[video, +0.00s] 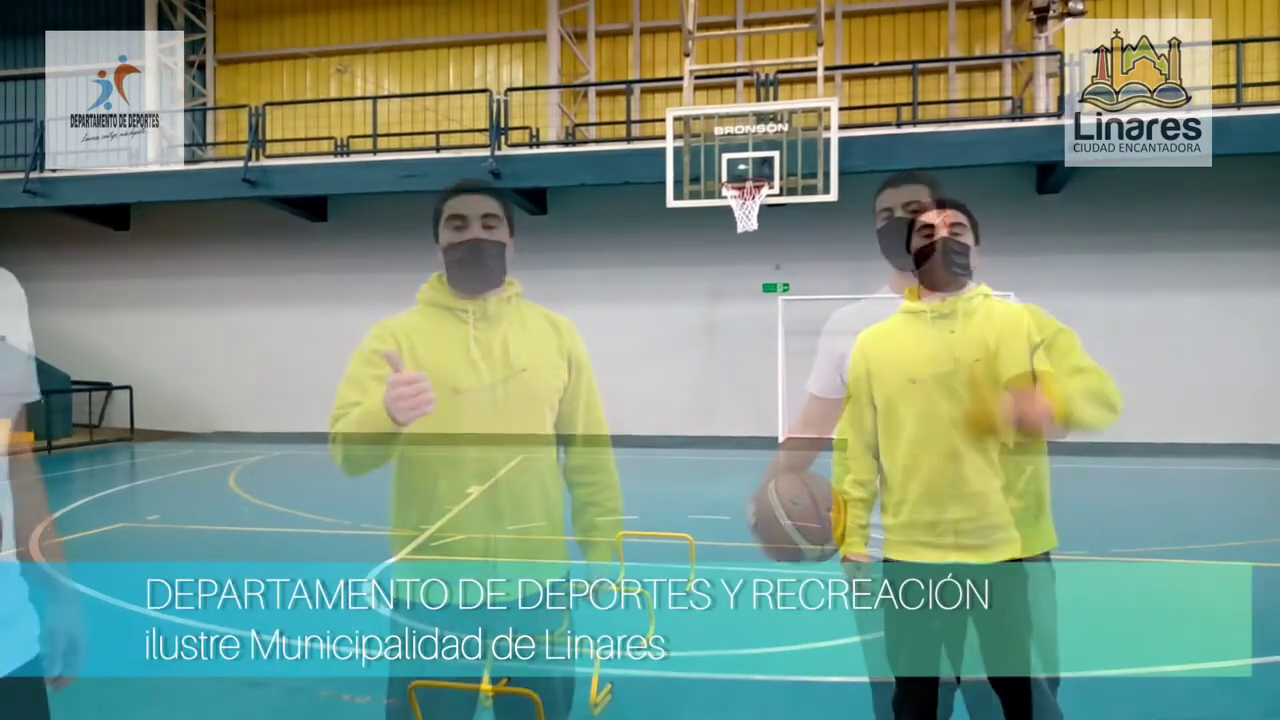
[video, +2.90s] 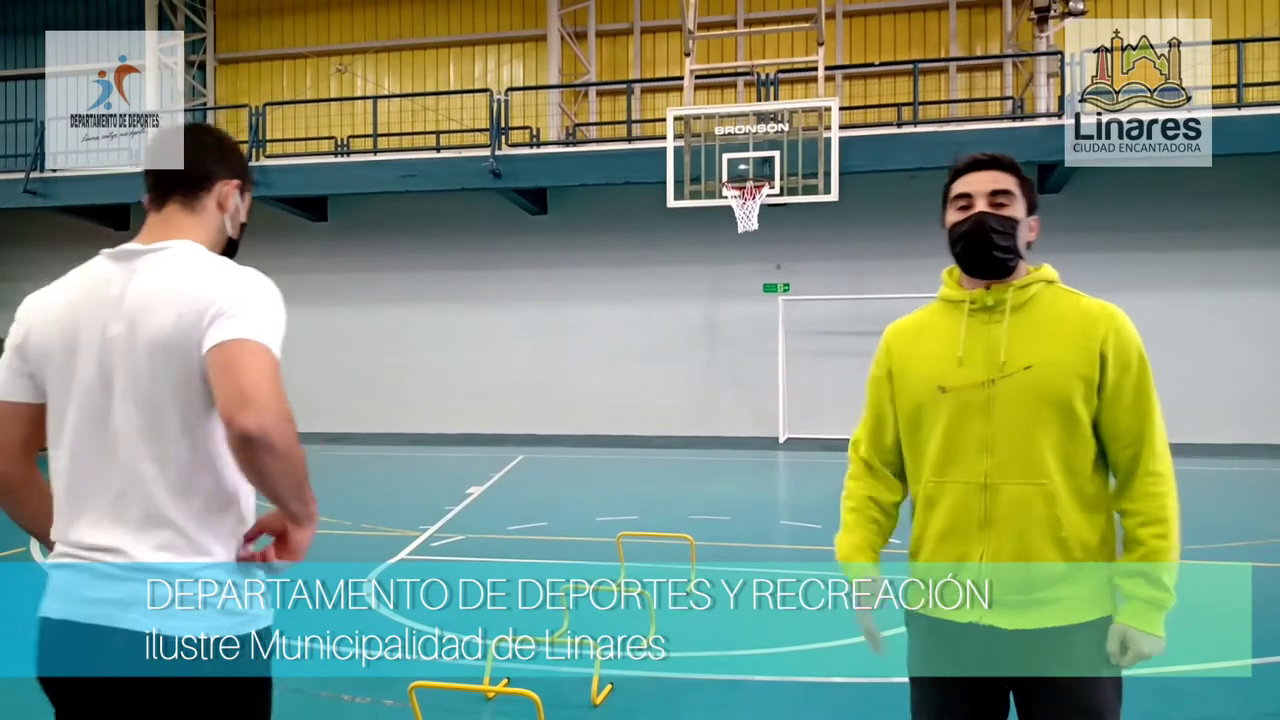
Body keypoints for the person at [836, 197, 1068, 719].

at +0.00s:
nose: (946, 239)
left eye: (958, 230)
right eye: (929, 232)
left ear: (976, 250)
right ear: (910, 253)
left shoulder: (1020, 323)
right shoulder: (875, 344)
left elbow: (1102, 397)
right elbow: (855, 455)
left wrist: (1042, 406)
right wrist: (853, 544)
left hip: (1010, 547)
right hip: (915, 550)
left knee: (1022, 691)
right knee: (915, 696)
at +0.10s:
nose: (931, 236)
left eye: (945, 229)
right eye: (916, 230)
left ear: (965, 250)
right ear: (900, 257)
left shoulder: (1017, 327)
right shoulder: (870, 347)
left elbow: (1081, 419)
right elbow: (854, 453)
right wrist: (853, 535)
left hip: (1009, 553)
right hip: (912, 556)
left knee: (1029, 701)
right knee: (916, 702)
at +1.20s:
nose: (986, 236)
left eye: (1002, 227)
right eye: (969, 228)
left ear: (1021, 249)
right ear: (949, 251)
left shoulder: (1067, 342)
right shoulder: (902, 343)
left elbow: (1093, 465)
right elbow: (883, 460)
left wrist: (1091, 565)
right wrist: (889, 559)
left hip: (1037, 572)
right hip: (935, 571)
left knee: (1043, 712)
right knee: (931, 709)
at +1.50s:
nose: (1038, 230)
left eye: (1057, 220)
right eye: (1022, 218)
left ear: (1077, 245)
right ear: (1001, 237)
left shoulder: (1122, 343)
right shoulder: (944, 335)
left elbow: (1164, 469)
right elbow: (910, 450)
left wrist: (1171, 582)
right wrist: (890, 540)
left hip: (1067, 592)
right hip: (956, 587)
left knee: (1065, 715)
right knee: (933, 712)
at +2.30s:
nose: (963, 217)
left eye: (981, 204)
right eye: (945, 209)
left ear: (1009, 230)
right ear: (928, 237)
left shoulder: (1079, 329)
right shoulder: (887, 345)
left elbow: (1125, 463)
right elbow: (849, 455)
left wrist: (1134, 583)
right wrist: (816, 514)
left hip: (1058, 614)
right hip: (938, 617)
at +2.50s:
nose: (948, 217)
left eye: (965, 204)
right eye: (928, 210)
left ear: (993, 228)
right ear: (912, 238)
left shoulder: (1066, 326)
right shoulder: (874, 349)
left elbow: (1117, 459)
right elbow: (848, 475)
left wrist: (1126, 576)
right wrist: (850, 578)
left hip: (1057, 615)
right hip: (933, 621)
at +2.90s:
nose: (980, 213)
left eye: (999, 201)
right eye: (963, 203)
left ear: (1031, 228)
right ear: (945, 228)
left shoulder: (1100, 330)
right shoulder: (905, 342)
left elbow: (1144, 472)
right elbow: (875, 466)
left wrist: (1144, 602)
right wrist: (859, 561)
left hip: (1072, 625)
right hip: (945, 625)